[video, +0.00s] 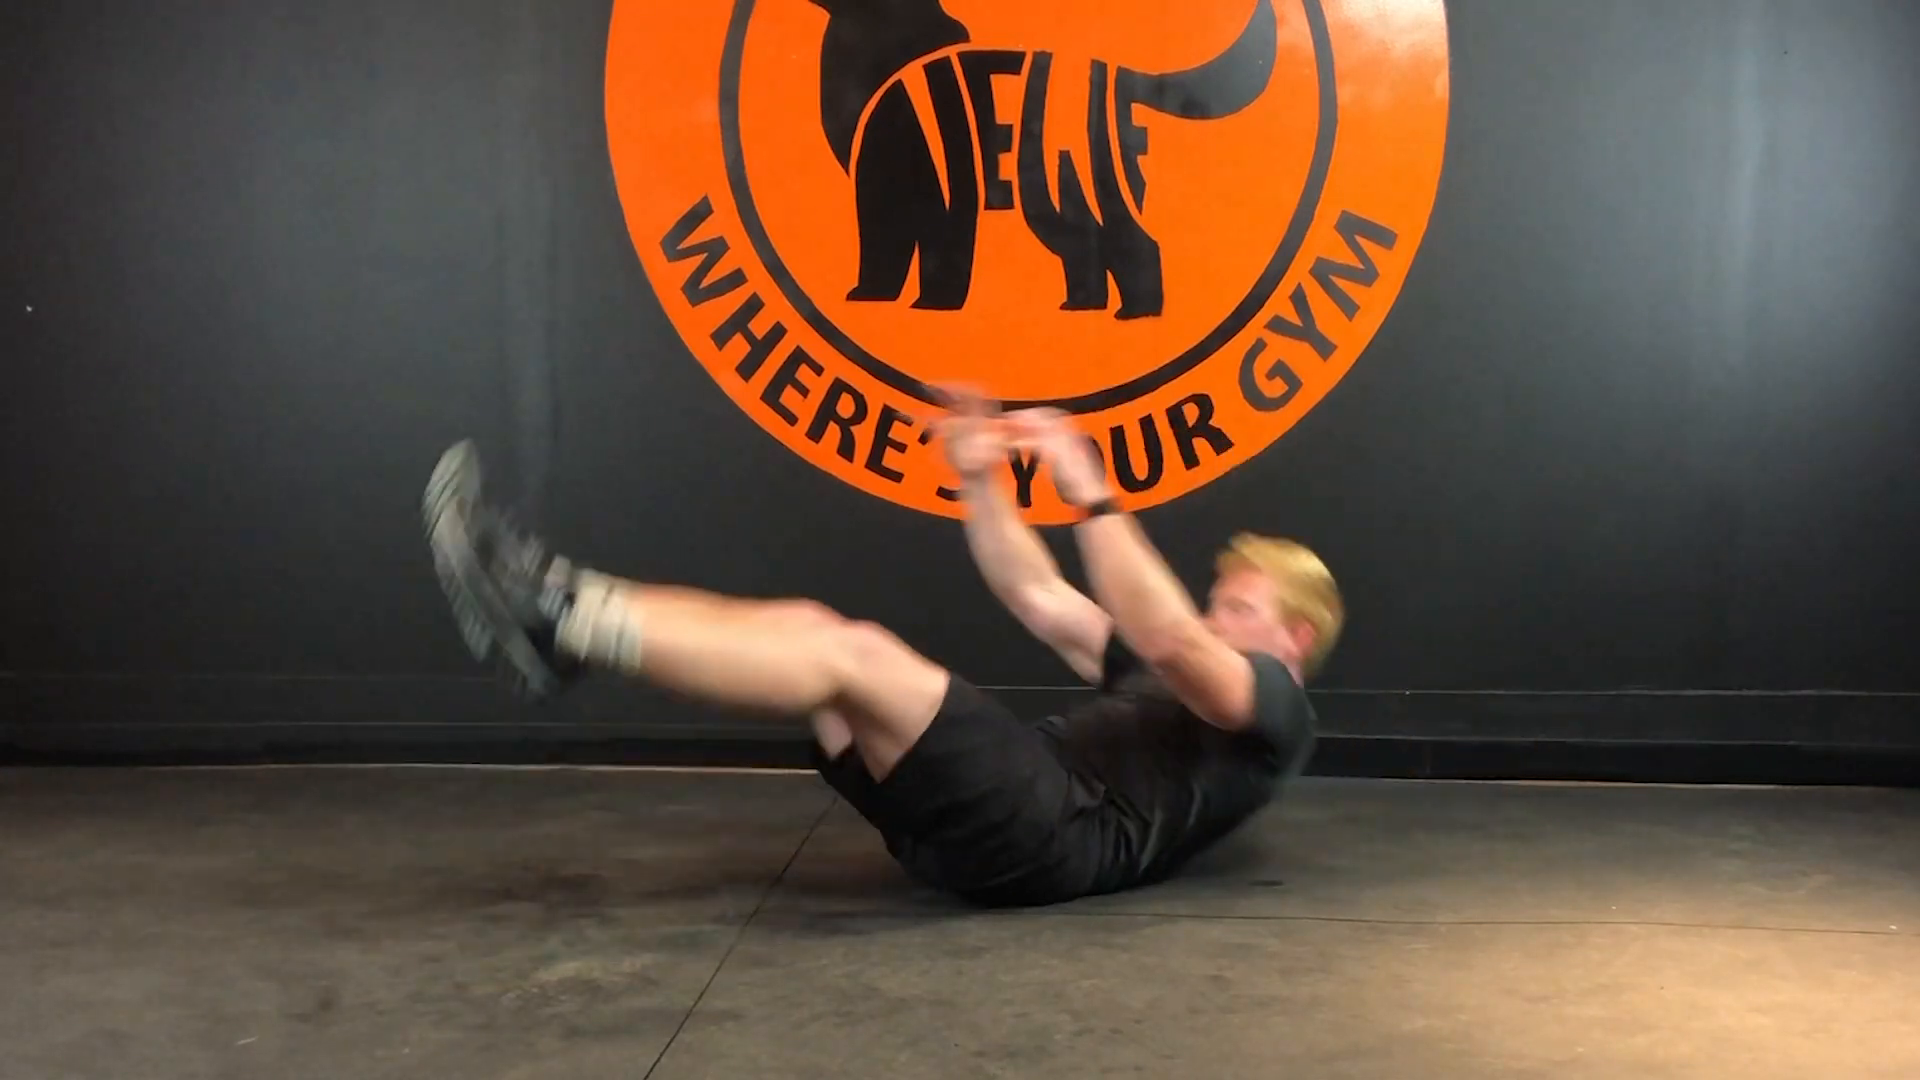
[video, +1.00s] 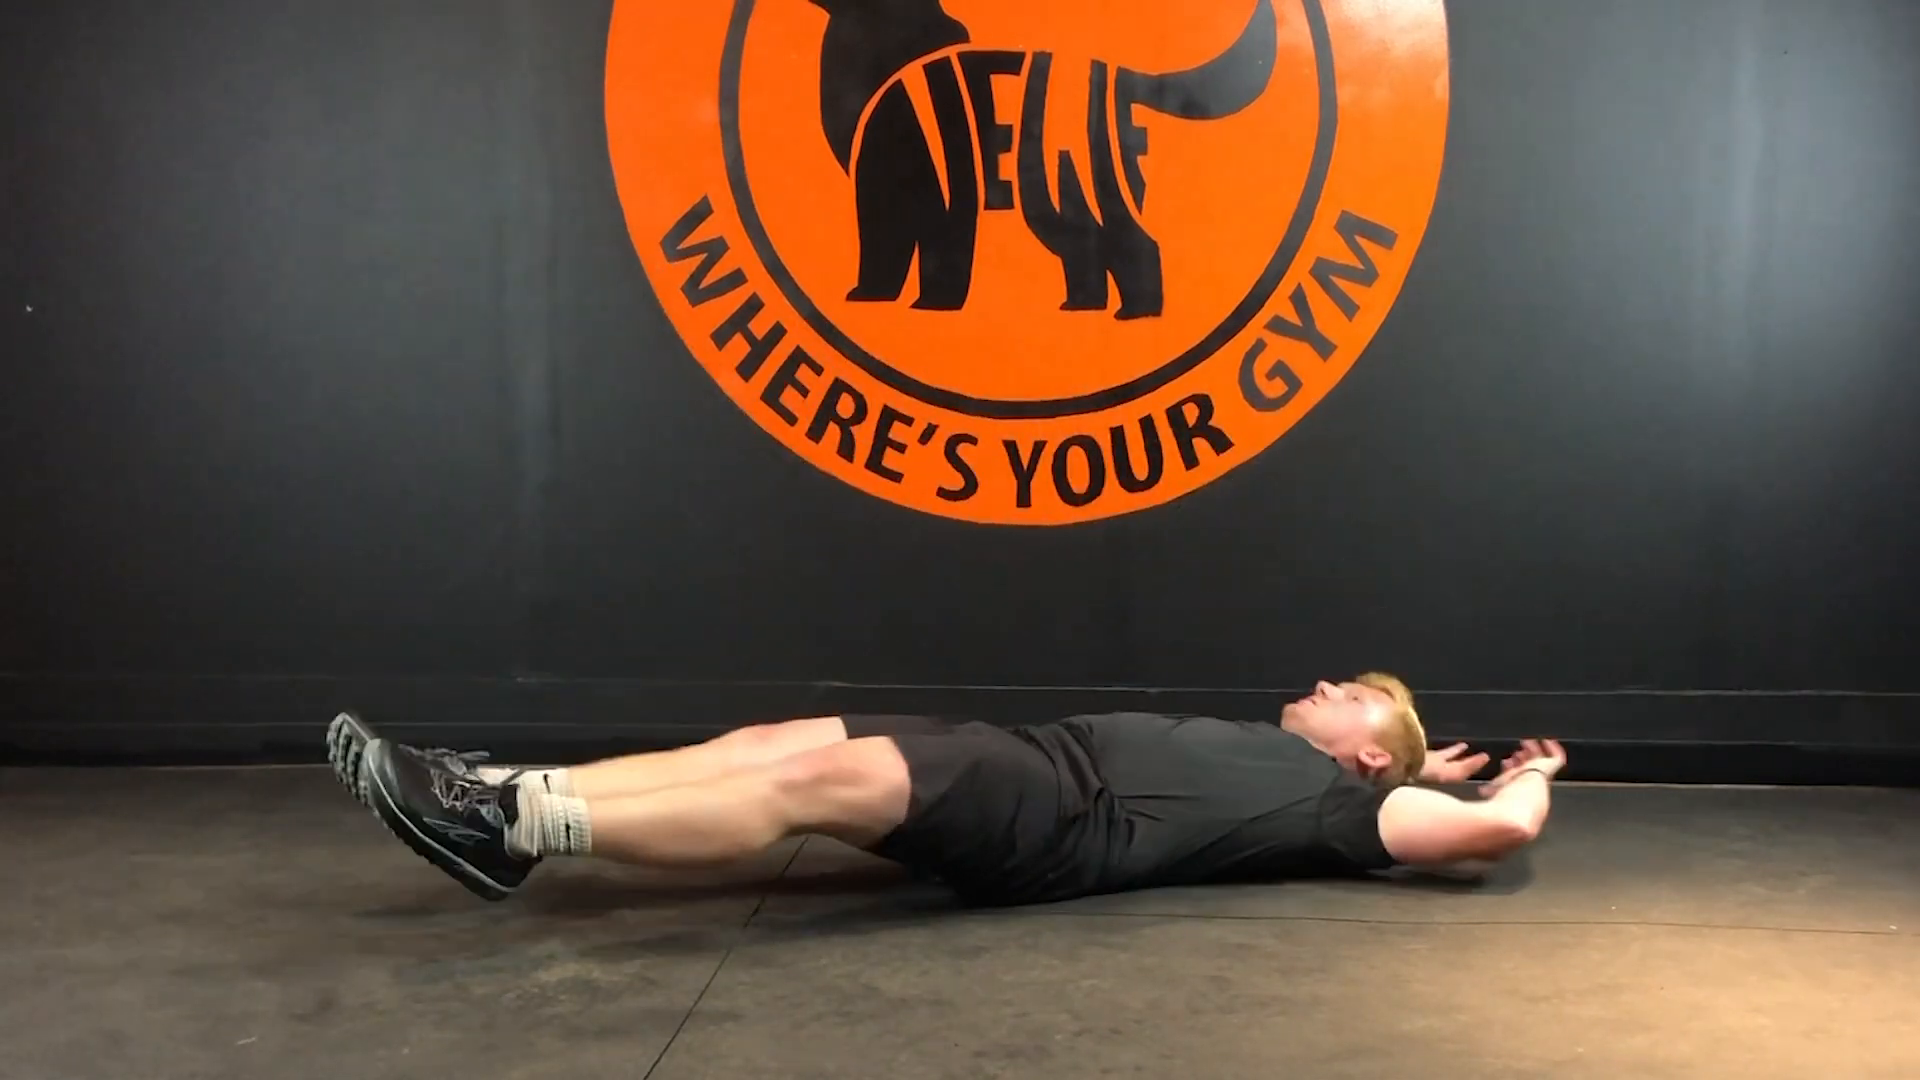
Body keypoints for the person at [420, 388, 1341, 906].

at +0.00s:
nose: (1217, 605)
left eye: (1245, 598)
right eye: (1221, 591)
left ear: (1301, 637)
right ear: (1224, 603)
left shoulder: (1277, 708)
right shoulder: (1172, 663)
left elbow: (1162, 636)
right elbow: (1038, 599)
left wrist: (1089, 489)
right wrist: (981, 484)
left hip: (1053, 833)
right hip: (993, 805)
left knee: (847, 653)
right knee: (815, 631)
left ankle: (571, 615)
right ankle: (553, 612)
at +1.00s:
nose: (1327, 690)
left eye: (1356, 702)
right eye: (1335, 686)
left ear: (1383, 755)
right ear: (1316, 714)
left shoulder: (1351, 796)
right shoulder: (1237, 742)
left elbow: (1497, 834)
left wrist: (1523, 782)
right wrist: (1430, 760)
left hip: (1068, 796)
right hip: (1002, 740)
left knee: (833, 776)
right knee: (777, 738)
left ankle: (526, 834)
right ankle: (493, 800)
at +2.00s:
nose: (1204, 554)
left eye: (1233, 550)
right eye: (1208, 543)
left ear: (1277, 601)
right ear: (1219, 567)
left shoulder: (1252, 702)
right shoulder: (1146, 646)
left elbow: (1224, 632)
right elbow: (1041, 583)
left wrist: (1191, 474)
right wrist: (1056, 471)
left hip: (1028, 829)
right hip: (965, 792)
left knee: (776, 692)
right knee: (750, 671)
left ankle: (475, 721)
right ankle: (487, 725)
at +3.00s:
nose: (1098, 543)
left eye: (1121, 529)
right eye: (1099, 528)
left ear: (1191, 537)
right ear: (1104, 530)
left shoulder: (1210, 612)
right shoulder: (1097, 604)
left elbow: (1074, 580)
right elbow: (956, 554)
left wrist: (935, 505)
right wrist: (853, 461)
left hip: (1030, 826)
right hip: (954, 830)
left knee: (942, 575)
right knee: (903, 568)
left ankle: (679, 480)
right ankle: (662, 490)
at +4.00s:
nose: (1320, 689)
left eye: (1345, 693)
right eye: (1320, 680)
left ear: (1365, 737)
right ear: (1293, 699)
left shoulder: (1313, 789)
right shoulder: (1225, 739)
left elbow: (1394, 704)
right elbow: (1186, 618)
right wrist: (1307, 552)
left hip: (1051, 818)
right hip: (1004, 775)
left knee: (810, 743)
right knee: (779, 740)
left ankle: (510, 755)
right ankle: (508, 758)